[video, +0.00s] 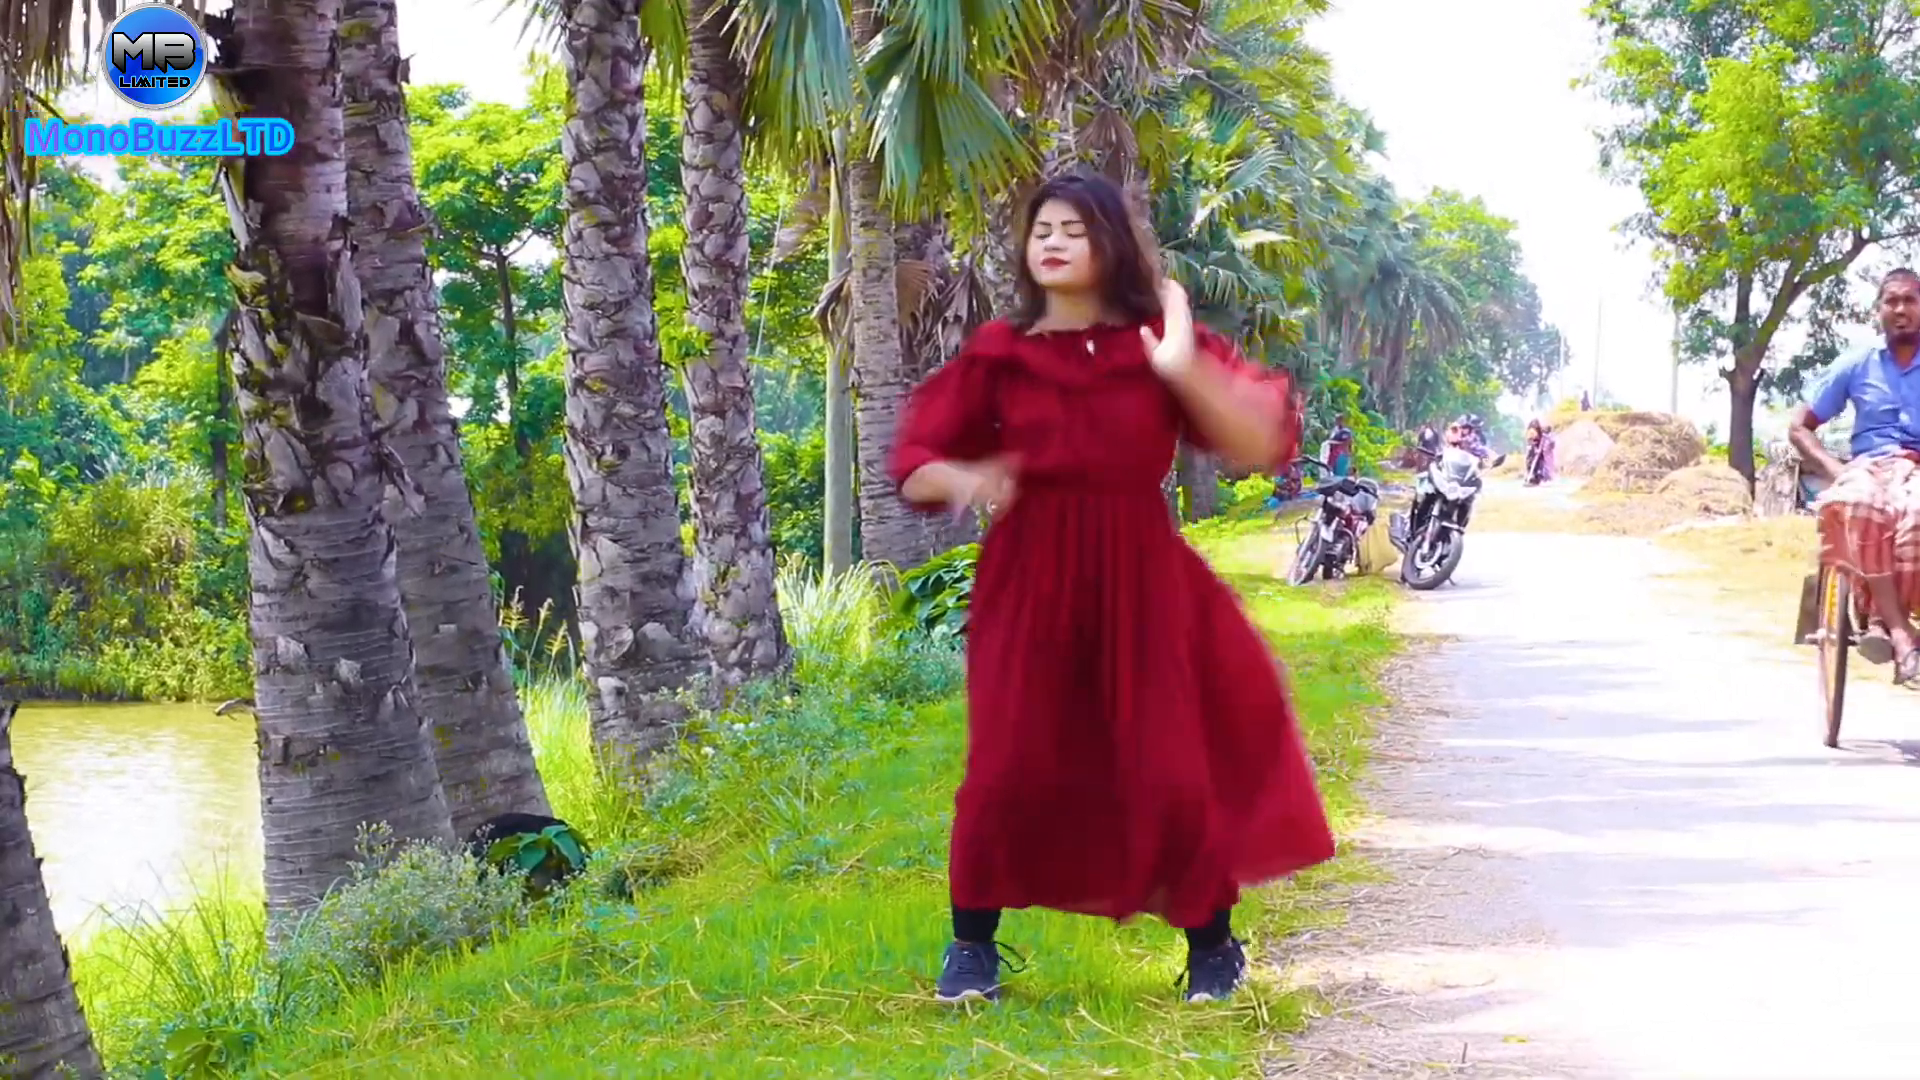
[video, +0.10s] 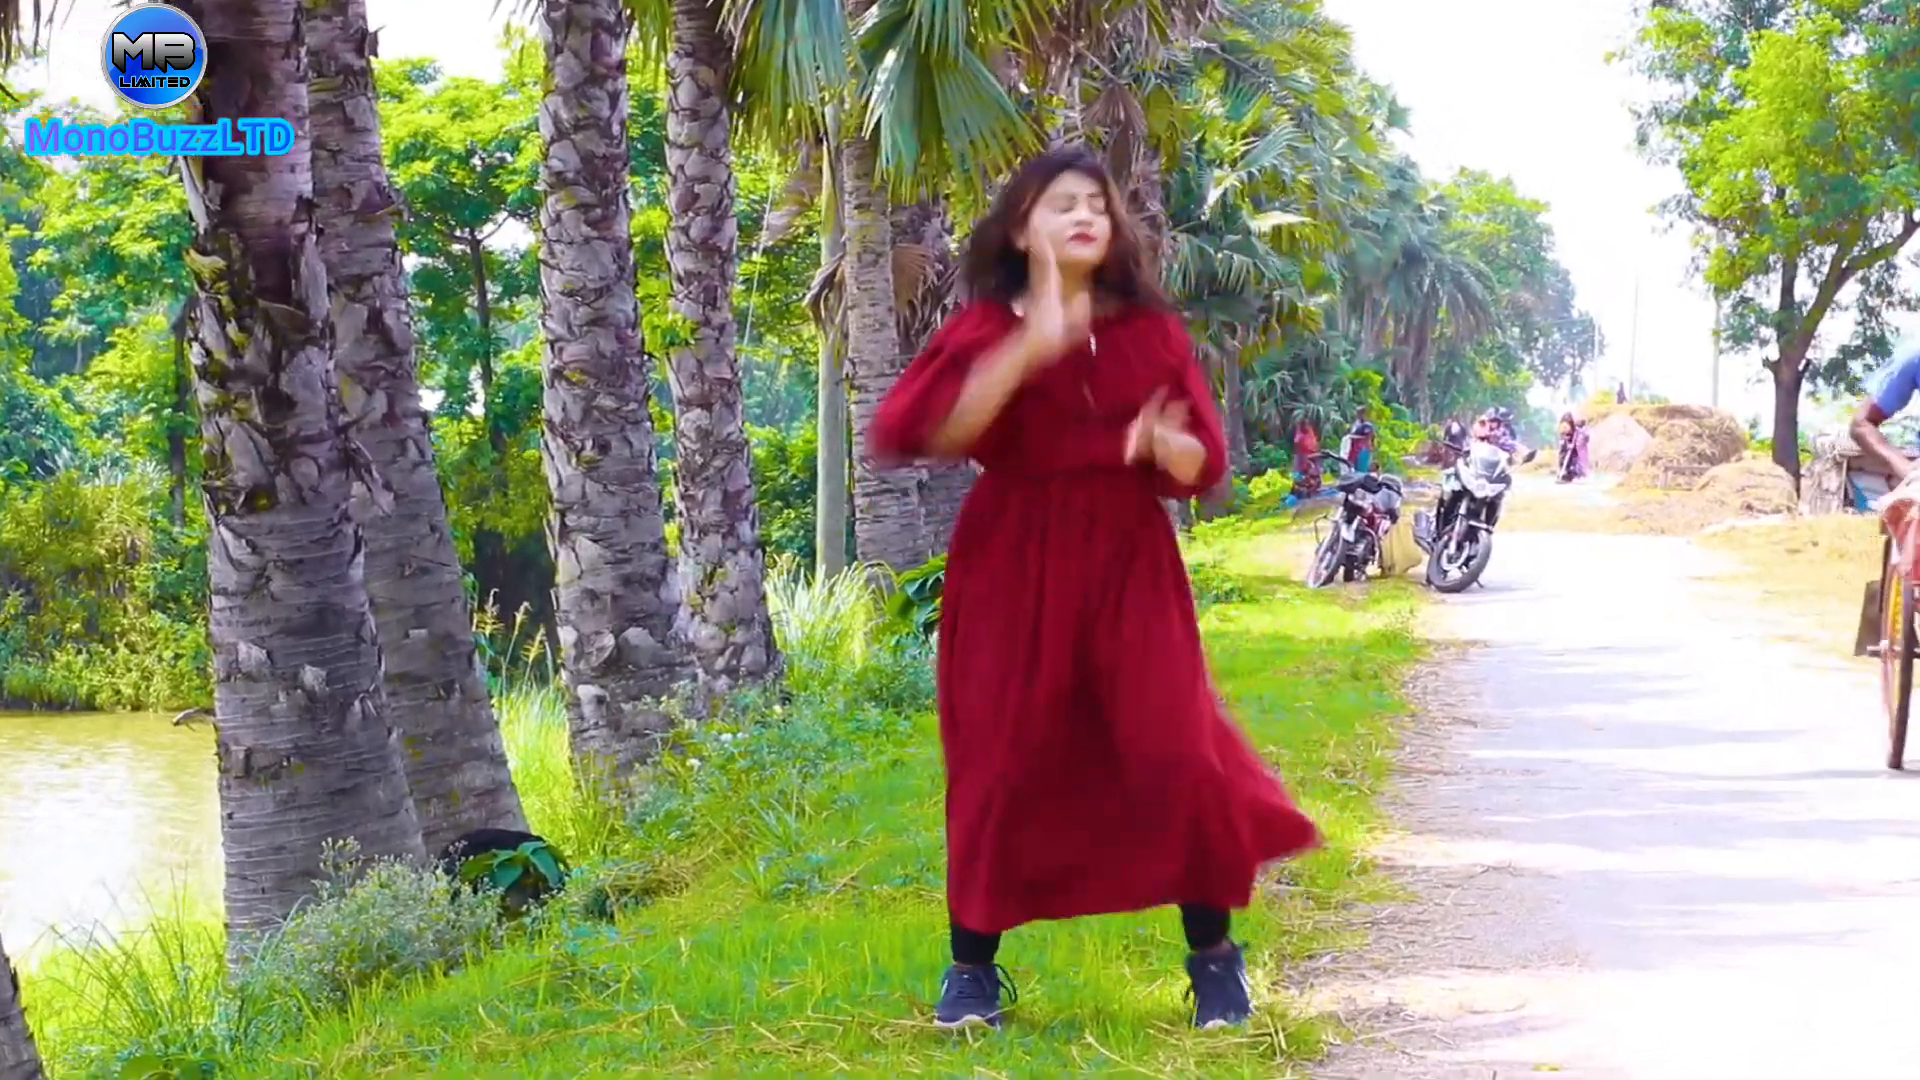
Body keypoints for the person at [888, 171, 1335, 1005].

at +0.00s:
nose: (1056, 243)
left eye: (1076, 230)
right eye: (1043, 231)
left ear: (1116, 248)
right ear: (1026, 251)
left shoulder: (1165, 345)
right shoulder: (998, 351)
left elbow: (1266, 439)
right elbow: (913, 463)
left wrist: (1184, 369)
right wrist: (965, 479)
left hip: (1141, 569)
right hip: (1030, 573)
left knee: (1170, 759)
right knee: (1002, 763)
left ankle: (1213, 948)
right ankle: (971, 948)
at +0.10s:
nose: (1085, 216)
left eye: (1098, 206)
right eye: (1064, 204)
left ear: (1116, 232)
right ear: (1022, 229)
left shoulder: (1152, 332)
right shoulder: (983, 331)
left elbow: (1205, 465)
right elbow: (923, 434)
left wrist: (1170, 447)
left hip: (1129, 561)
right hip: (1012, 563)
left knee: (1180, 751)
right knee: (994, 759)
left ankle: (1214, 957)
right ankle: (972, 972)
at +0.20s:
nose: (1094, 208)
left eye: (1099, 195)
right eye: (1075, 196)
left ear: (1106, 211)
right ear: (1023, 210)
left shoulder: (1124, 306)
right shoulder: (970, 291)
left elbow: (1183, 408)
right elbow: (912, 338)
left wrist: (1172, 452)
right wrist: (1000, 267)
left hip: (1118, 526)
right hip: (1011, 530)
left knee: (1170, 720)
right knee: (995, 726)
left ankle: (1175, 933)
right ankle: (972, 946)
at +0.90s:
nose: (1150, 239)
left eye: (1159, 228)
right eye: (1128, 231)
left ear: (1176, 251)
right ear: (1089, 259)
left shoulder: (1216, 340)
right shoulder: (1053, 355)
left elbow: (1321, 425)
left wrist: (1236, 422)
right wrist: (1040, 373)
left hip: (1200, 566)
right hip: (1089, 565)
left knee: (1215, 750)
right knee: (1039, 745)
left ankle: (1216, 945)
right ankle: (981, 935)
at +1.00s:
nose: (1137, 225)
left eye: (1156, 213)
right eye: (1125, 220)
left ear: (1199, 232)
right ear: (1115, 249)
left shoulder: (1248, 322)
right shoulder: (1092, 346)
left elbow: (1339, 397)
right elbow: (1049, 452)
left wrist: (1246, 335)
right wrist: (1044, 496)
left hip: (1211, 556)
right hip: (1101, 553)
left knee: (1213, 747)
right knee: (1034, 736)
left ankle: (1221, 955)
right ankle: (989, 928)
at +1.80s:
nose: (1122, 229)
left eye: (1142, 218)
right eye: (1108, 216)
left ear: (1174, 240)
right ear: (1084, 237)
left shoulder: (1218, 342)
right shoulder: (1043, 342)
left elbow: (1295, 475)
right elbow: (965, 468)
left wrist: (1230, 407)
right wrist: (1044, 465)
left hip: (1184, 571)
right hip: (1069, 572)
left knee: (1205, 764)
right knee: (1032, 763)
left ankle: (1233, 974)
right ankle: (1018, 966)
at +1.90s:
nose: (1131, 239)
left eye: (1142, 231)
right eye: (1112, 225)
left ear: (1150, 254)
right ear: (1066, 238)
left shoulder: (1176, 343)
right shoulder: (1012, 332)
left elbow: (1240, 450)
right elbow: (957, 417)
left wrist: (1197, 451)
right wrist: (1065, 342)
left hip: (1153, 559)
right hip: (1043, 559)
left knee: (1189, 741)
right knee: (1028, 746)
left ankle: (1213, 941)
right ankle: (1016, 944)